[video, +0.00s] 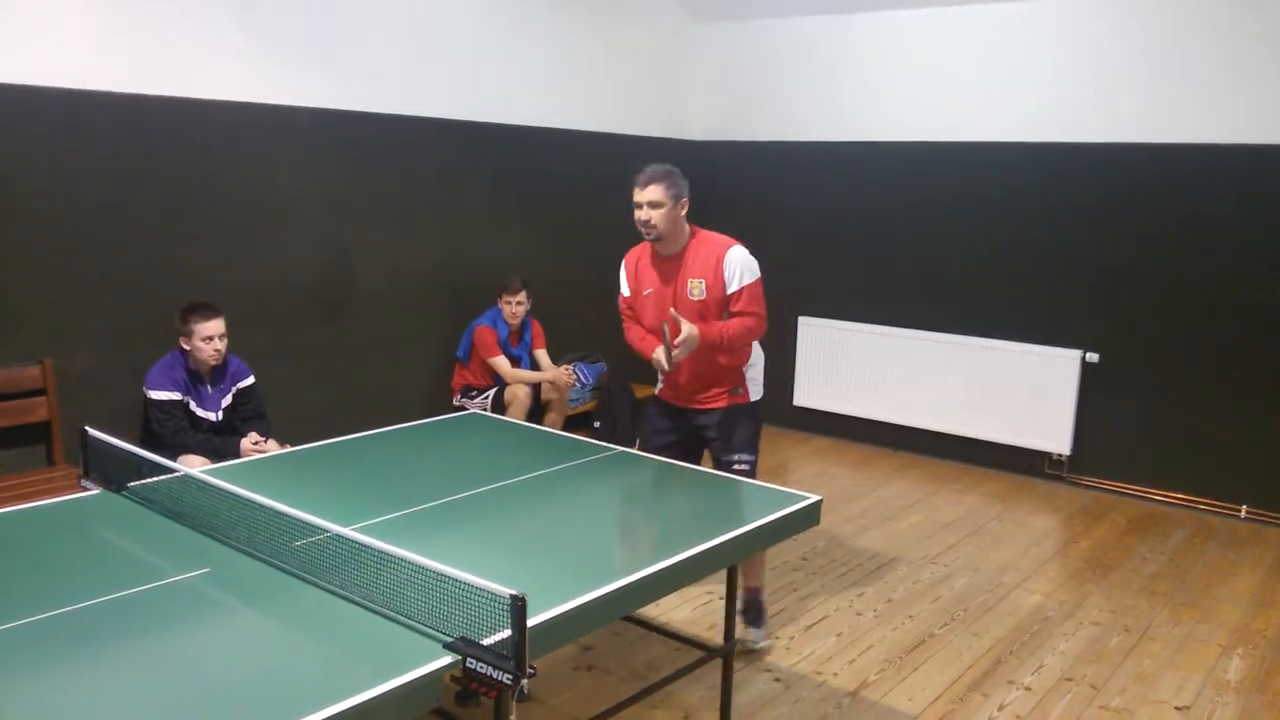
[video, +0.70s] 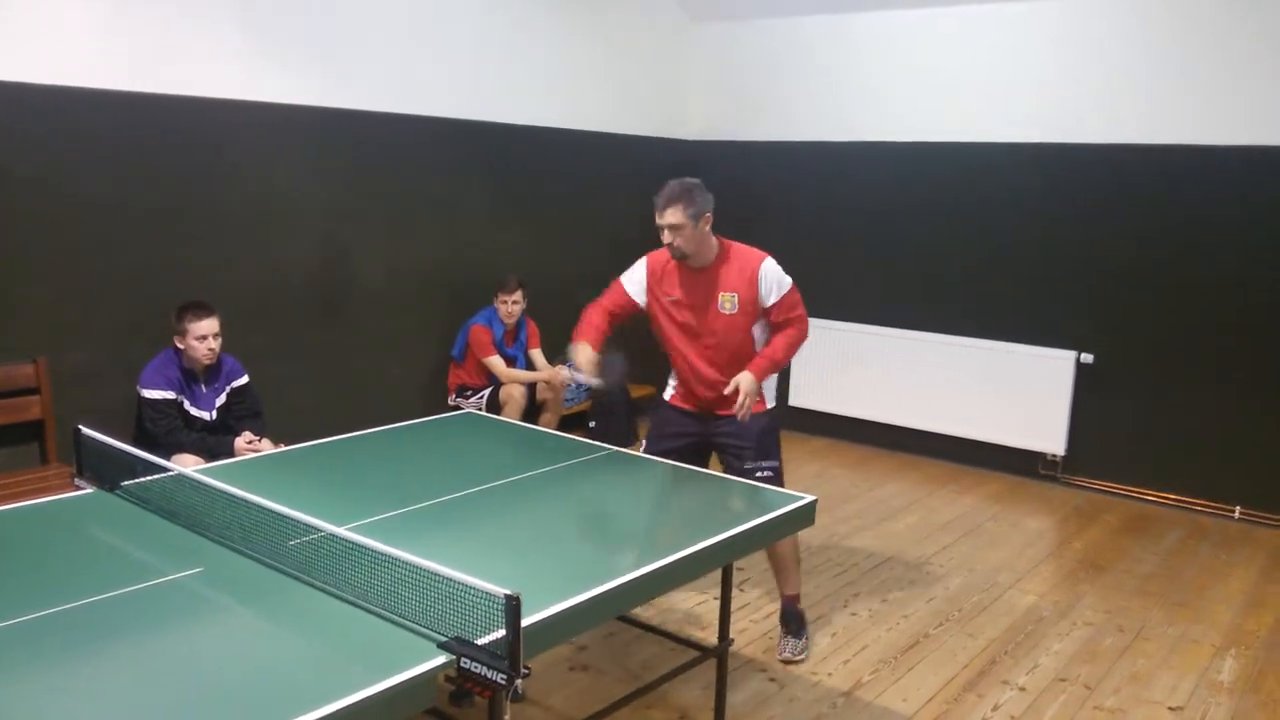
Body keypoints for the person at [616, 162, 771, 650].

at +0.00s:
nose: (642, 216)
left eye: (652, 206)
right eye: (637, 206)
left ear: (682, 207)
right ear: (634, 209)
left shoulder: (729, 256)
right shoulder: (634, 263)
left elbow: (753, 324)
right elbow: (631, 324)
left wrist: (703, 335)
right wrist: (654, 351)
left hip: (730, 401)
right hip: (671, 400)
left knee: (741, 499)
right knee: (641, 490)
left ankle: (752, 604)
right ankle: (630, 580)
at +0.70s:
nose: (668, 240)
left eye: (677, 229)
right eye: (662, 230)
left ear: (706, 222)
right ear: (658, 229)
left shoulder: (756, 268)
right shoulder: (653, 269)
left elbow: (795, 325)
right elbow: (603, 308)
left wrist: (755, 373)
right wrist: (586, 346)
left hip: (745, 412)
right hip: (681, 406)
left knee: (770, 508)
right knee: (644, 495)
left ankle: (792, 616)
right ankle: (619, 585)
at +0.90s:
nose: (658, 221)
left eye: (669, 212)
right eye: (655, 212)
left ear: (701, 214)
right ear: (654, 213)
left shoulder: (746, 264)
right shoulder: (645, 260)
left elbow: (774, 327)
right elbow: (593, 283)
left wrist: (738, 362)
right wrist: (560, 295)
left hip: (733, 414)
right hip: (668, 410)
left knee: (764, 507)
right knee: (633, 497)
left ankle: (792, 612)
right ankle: (618, 585)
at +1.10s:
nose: (659, 213)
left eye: (669, 204)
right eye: (656, 204)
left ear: (702, 207)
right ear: (657, 208)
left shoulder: (747, 260)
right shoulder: (648, 260)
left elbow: (775, 326)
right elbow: (620, 323)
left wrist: (731, 358)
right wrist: (607, 358)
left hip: (734, 413)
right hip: (667, 408)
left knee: (763, 507)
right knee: (642, 501)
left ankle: (790, 612)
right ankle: (618, 588)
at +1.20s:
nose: (665, 215)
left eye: (676, 207)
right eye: (663, 206)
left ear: (709, 210)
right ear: (664, 210)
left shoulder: (755, 263)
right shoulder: (657, 267)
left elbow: (781, 334)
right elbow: (648, 334)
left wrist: (731, 371)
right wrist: (646, 378)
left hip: (742, 417)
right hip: (677, 415)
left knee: (768, 512)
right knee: (653, 504)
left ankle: (790, 615)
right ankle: (626, 589)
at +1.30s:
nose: (674, 217)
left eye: (685, 208)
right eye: (672, 208)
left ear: (717, 212)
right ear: (672, 212)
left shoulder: (765, 269)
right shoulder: (669, 269)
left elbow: (784, 346)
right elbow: (670, 334)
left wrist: (726, 385)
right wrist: (673, 380)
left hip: (758, 422)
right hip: (693, 419)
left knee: (776, 517)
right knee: (668, 507)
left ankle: (793, 616)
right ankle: (638, 589)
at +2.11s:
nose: (729, 311)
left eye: (733, 303)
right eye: (720, 306)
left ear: (749, 276)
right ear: (704, 290)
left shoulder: (802, 287)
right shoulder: (693, 301)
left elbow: (849, 340)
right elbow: (677, 333)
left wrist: (870, 401)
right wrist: (674, 383)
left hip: (822, 395)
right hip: (755, 400)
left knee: (867, 478)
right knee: (723, 485)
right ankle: (715, 581)